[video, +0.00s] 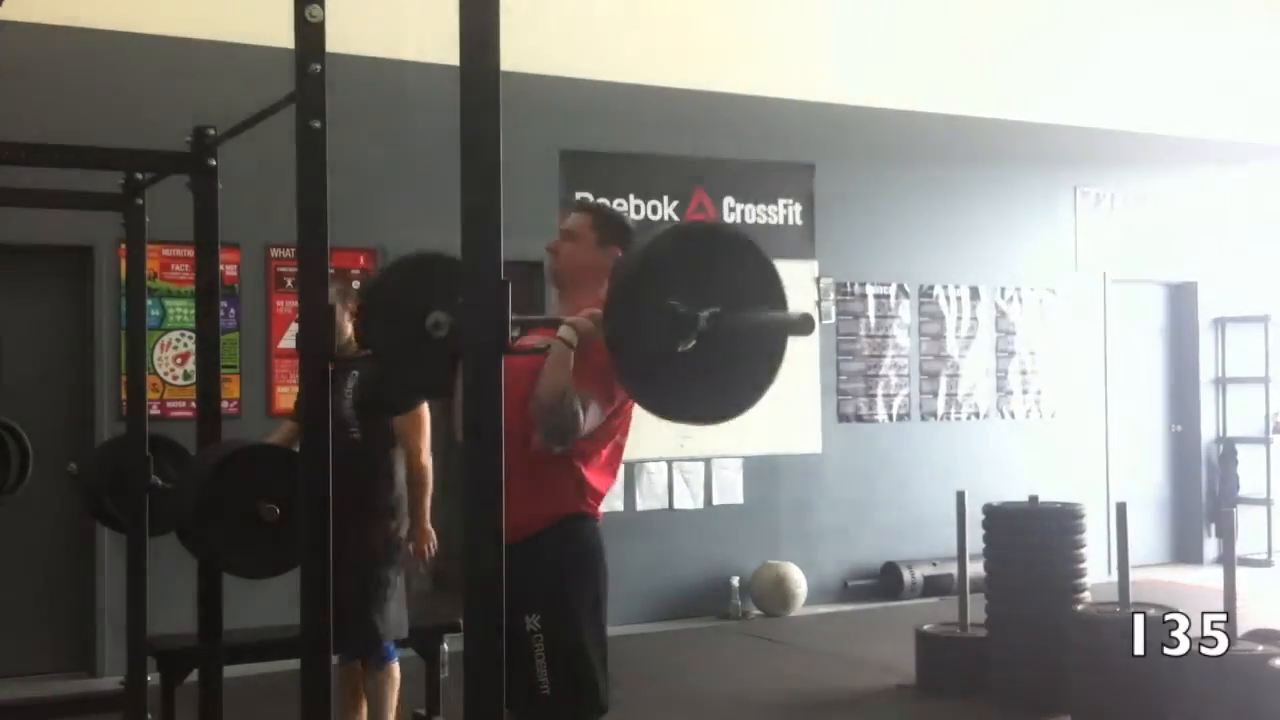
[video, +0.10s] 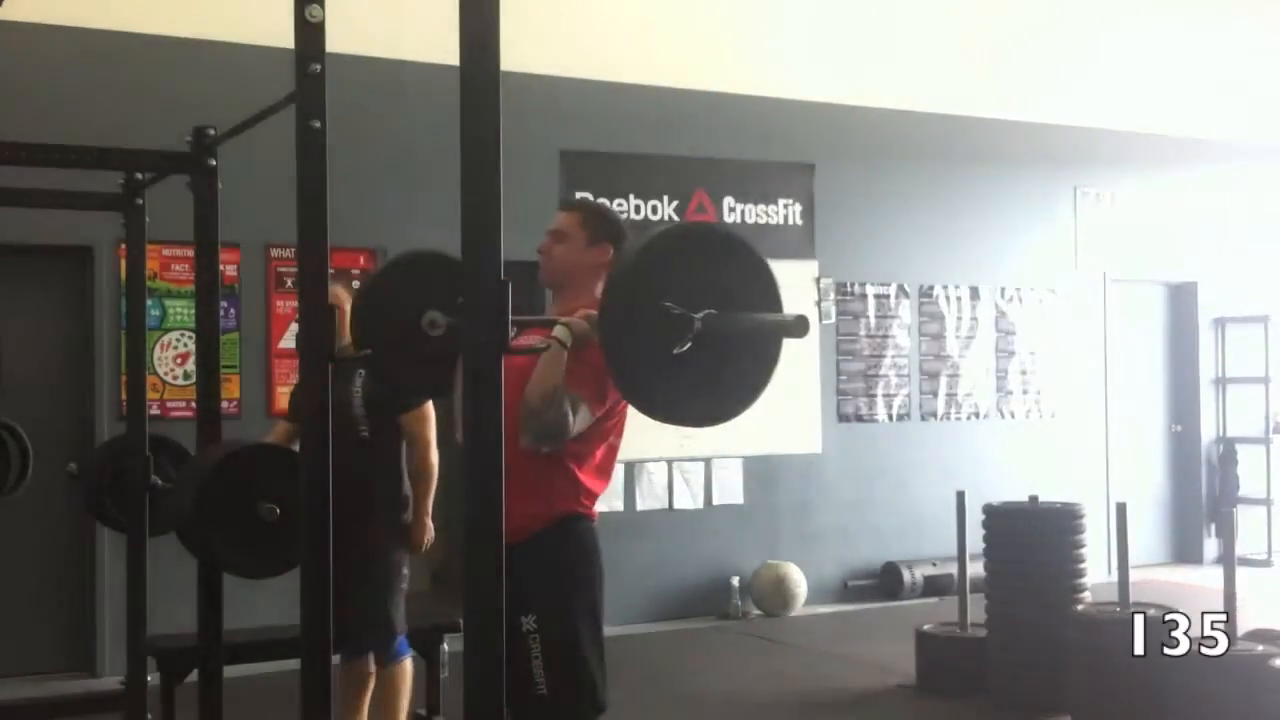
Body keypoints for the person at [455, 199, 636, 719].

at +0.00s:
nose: (552, 245)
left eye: (568, 237)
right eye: (557, 236)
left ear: (611, 256)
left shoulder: (610, 342)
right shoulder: (527, 339)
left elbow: (555, 431)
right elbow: (467, 430)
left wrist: (568, 335)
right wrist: (453, 342)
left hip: (559, 540)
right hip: (500, 540)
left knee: (568, 697)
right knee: (501, 694)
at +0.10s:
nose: (542, 247)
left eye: (559, 239)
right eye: (547, 238)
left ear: (602, 255)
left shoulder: (603, 339)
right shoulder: (528, 337)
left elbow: (543, 430)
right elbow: (468, 430)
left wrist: (564, 334)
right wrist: (453, 341)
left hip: (556, 543)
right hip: (503, 542)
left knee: (564, 699)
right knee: (500, 697)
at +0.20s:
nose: (536, 245)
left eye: (552, 238)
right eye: (539, 235)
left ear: (596, 256)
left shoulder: (599, 339)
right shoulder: (523, 332)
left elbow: (534, 426)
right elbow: (469, 421)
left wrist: (552, 339)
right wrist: (458, 337)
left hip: (553, 539)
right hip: (502, 537)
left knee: (561, 695)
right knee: (495, 691)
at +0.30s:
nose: (529, 249)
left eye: (547, 240)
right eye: (528, 238)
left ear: (587, 256)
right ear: (524, 244)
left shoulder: (589, 333)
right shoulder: (516, 327)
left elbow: (528, 428)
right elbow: (460, 427)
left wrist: (542, 336)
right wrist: (457, 336)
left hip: (548, 529)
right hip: (497, 525)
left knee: (545, 679)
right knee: (492, 675)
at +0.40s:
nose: (521, 251)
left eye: (538, 242)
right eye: (519, 240)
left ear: (577, 256)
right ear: (513, 244)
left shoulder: (582, 328)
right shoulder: (498, 320)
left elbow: (527, 431)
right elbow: (449, 426)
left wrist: (533, 341)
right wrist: (454, 340)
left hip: (540, 528)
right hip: (483, 526)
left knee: (531, 685)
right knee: (484, 679)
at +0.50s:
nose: (517, 253)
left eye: (534, 244)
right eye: (513, 241)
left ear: (569, 258)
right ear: (505, 246)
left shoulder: (573, 328)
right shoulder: (490, 320)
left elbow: (522, 432)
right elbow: (438, 428)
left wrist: (519, 347)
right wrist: (444, 342)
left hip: (530, 529)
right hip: (473, 527)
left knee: (523, 685)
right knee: (476, 679)